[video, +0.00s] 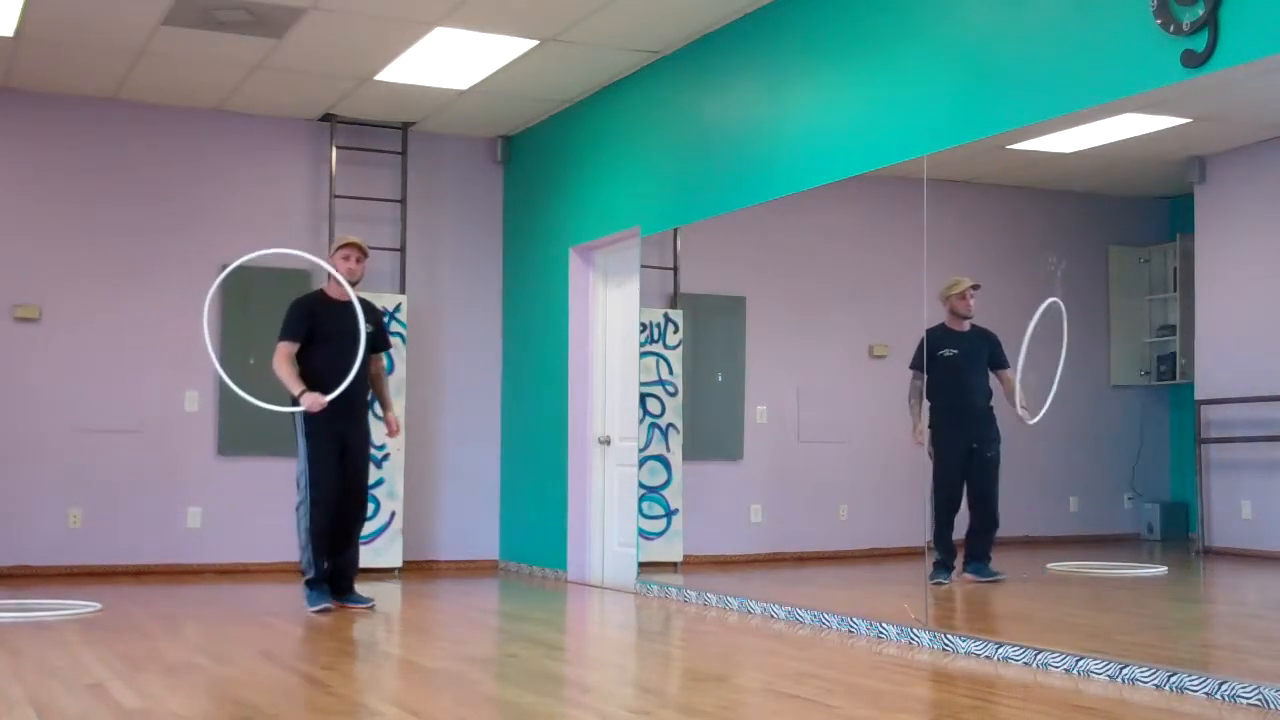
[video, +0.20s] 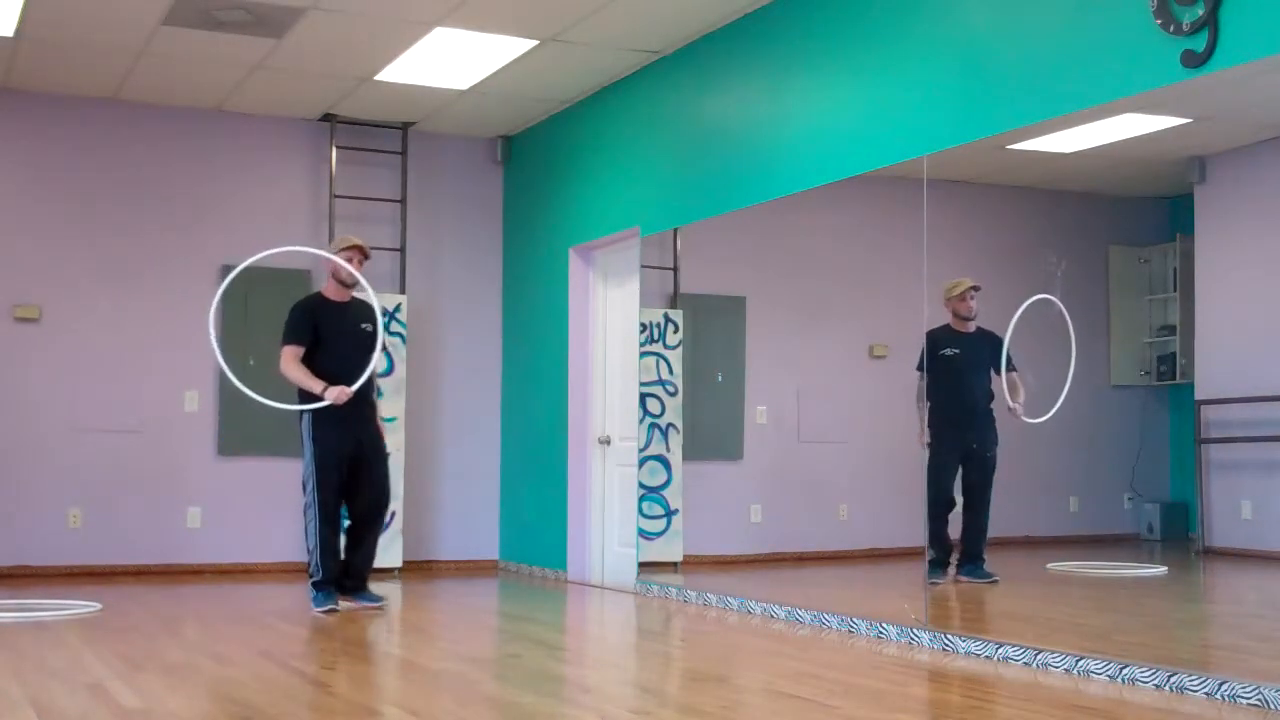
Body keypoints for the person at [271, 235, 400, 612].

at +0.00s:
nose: (352, 265)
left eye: (358, 261)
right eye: (346, 258)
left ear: (364, 268)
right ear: (331, 262)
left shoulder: (370, 314)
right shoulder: (307, 307)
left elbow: (376, 367)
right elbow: (281, 359)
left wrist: (387, 409)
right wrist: (302, 392)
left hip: (355, 417)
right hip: (318, 416)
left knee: (353, 498)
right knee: (319, 497)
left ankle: (342, 585)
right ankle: (316, 588)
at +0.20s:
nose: (354, 267)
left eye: (359, 262)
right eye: (348, 260)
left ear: (363, 269)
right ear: (331, 264)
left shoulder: (366, 312)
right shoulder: (308, 308)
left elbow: (367, 375)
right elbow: (288, 363)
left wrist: (375, 421)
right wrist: (323, 388)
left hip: (362, 416)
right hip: (323, 417)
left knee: (373, 500)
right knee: (323, 502)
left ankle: (353, 583)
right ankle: (323, 587)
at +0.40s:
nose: (365, 270)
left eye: (368, 265)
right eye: (358, 263)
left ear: (368, 270)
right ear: (337, 266)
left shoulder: (369, 315)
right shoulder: (315, 311)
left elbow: (370, 366)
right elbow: (314, 361)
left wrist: (373, 404)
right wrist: (351, 395)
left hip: (368, 418)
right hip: (331, 417)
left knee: (386, 501)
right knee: (326, 504)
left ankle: (416, 583)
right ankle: (323, 587)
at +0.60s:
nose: (380, 271)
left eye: (382, 266)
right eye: (372, 264)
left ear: (381, 272)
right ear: (351, 267)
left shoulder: (380, 316)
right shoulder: (331, 307)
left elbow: (385, 363)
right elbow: (354, 347)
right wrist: (389, 377)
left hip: (377, 417)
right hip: (340, 416)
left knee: (394, 500)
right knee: (331, 502)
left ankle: (418, 586)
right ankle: (322, 586)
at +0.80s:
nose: (391, 272)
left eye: (395, 267)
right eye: (384, 265)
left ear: (395, 274)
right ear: (363, 267)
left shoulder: (391, 320)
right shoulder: (341, 304)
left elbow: (391, 380)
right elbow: (384, 316)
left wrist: (402, 421)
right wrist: (433, 318)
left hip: (385, 419)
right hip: (346, 417)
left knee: (400, 504)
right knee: (332, 503)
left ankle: (426, 586)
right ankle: (319, 586)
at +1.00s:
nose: (409, 270)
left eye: (413, 265)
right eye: (402, 263)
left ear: (418, 269)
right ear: (384, 266)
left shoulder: (418, 314)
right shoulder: (358, 301)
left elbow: (420, 375)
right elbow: (388, 317)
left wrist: (427, 421)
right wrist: (417, 280)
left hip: (409, 418)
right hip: (369, 417)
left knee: (414, 506)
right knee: (355, 504)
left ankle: (423, 585)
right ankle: (337, 586)